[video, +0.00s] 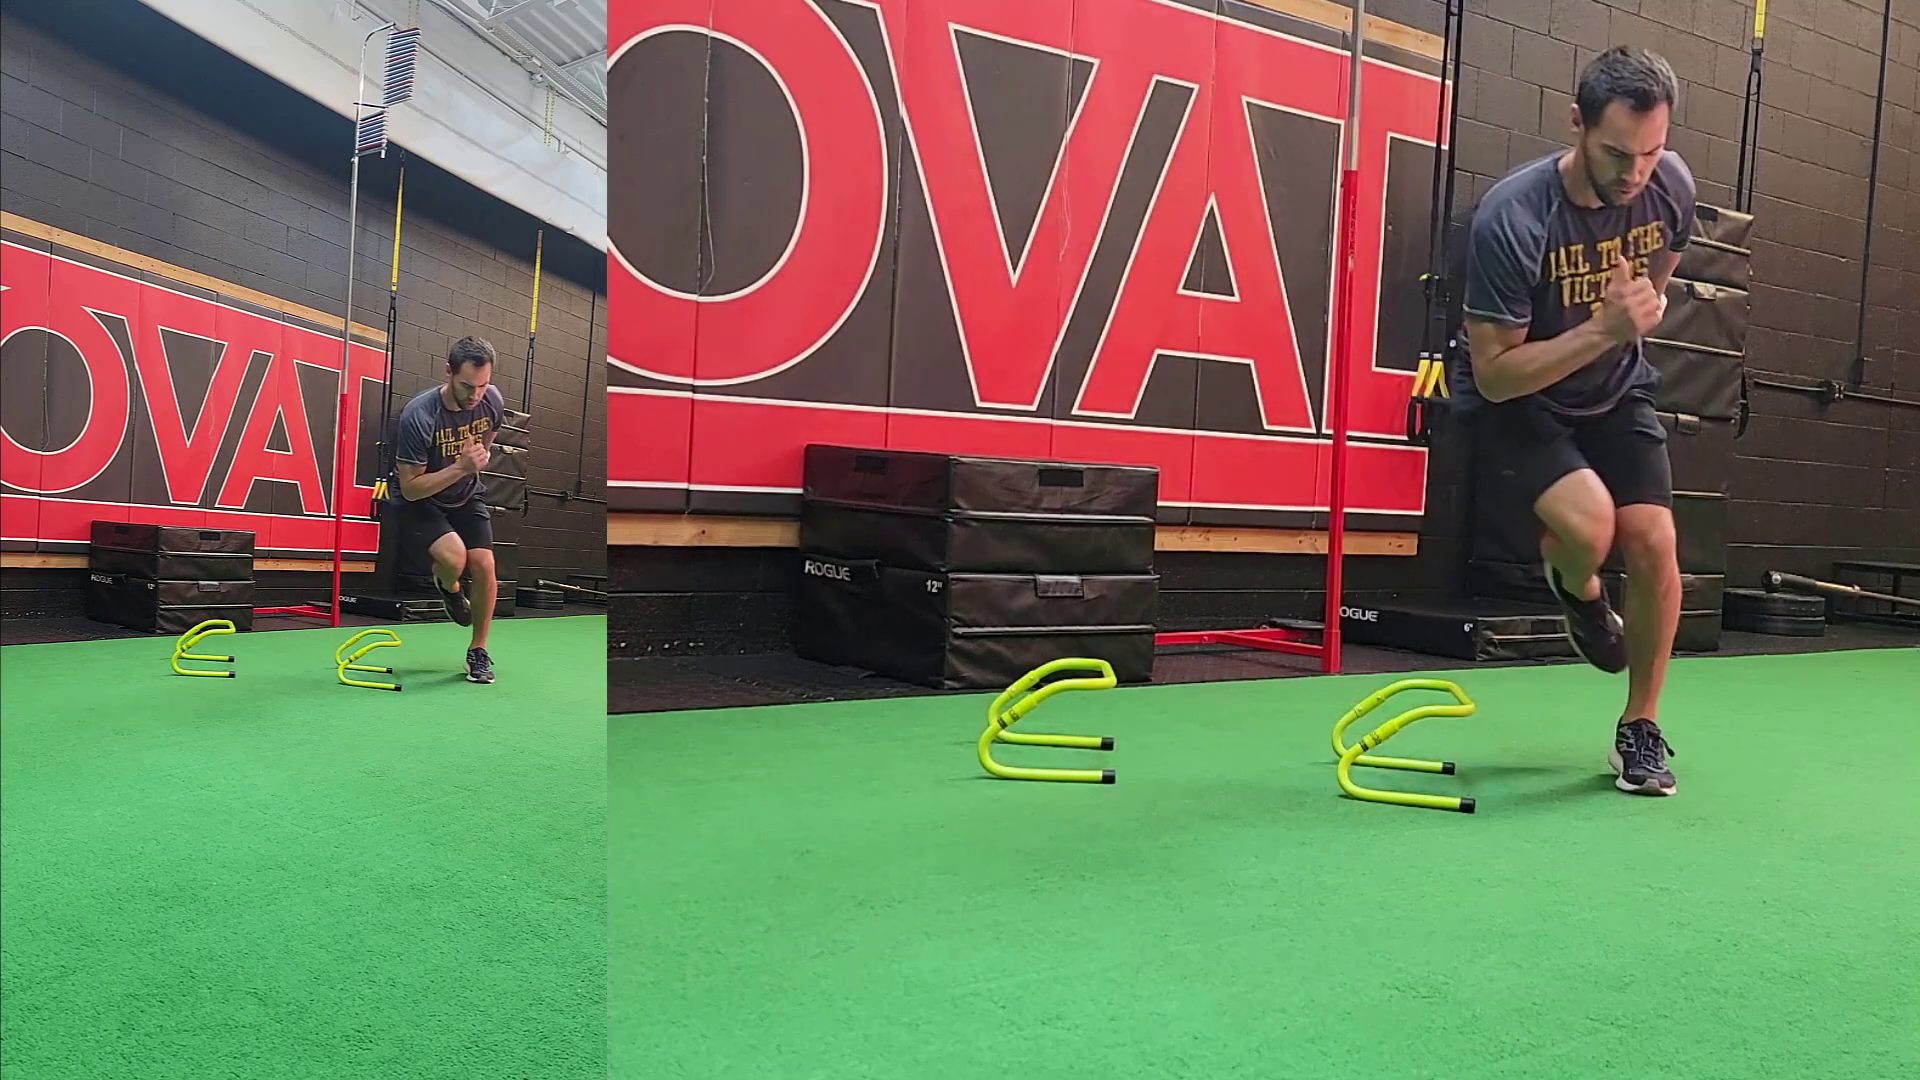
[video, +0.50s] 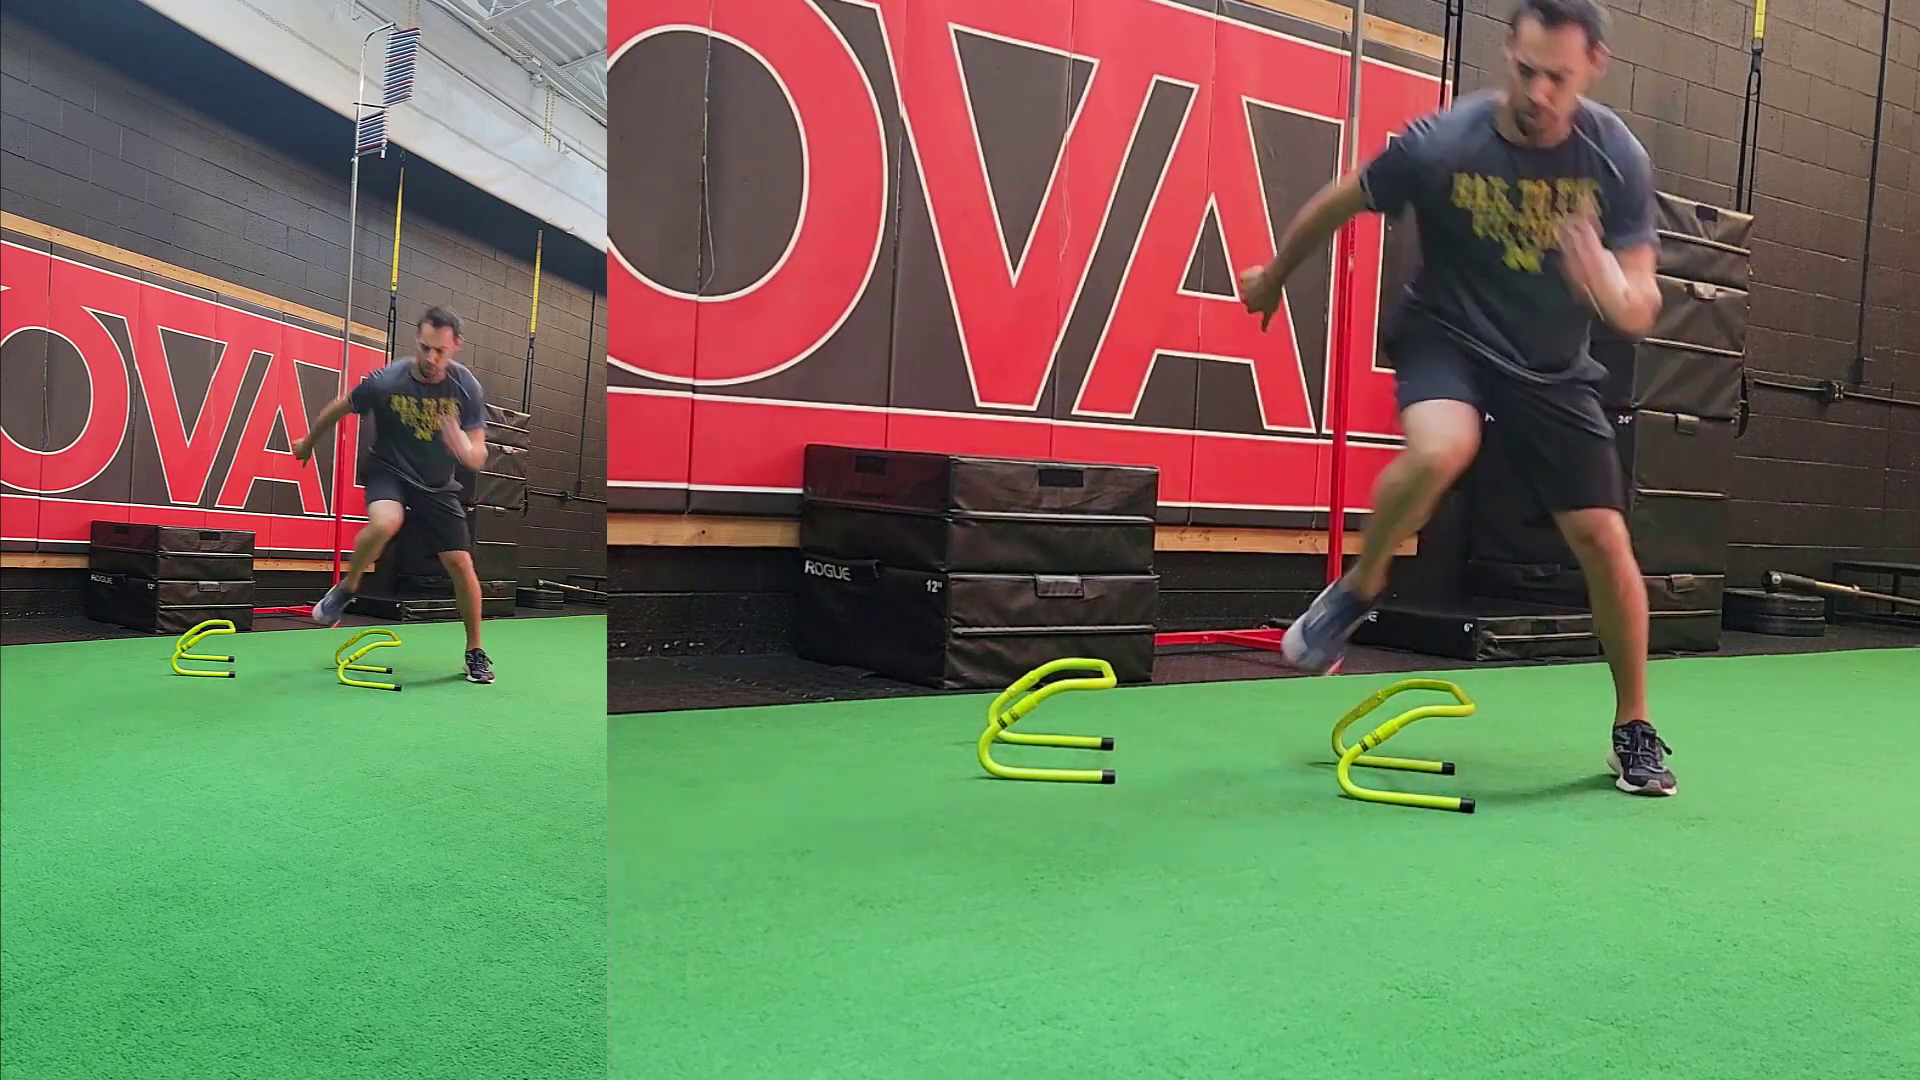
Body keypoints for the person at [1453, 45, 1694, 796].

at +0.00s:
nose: (1631, 174)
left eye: (1648, 155)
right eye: (1615, 154)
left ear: (1664, 136)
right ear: (1577, 125)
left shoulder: (1671, 190)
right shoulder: (1509, 218)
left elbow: (1655, 290)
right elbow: (1495, 376)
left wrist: (1632, 321)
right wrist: (1603, 330)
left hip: (1615, 387)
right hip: (1516, 399)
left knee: (1653, 542)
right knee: (1590, 525)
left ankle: (1640, 726)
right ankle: (1578, 593)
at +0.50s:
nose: (1536, 94)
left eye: (1556, 77)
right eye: (1525, 71)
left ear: (1594, 67)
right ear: (1507, 53)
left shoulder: (1617, 157)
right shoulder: (1440, 144)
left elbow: (1639, 308)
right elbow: (1335, 204)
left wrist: (1603, 283)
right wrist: (1271, 275)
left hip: (1555, 367)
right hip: (1447, 337)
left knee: (1603, 537)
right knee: (1442, 452)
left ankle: (1635, 726)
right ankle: (1358, 588)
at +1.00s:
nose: (1193, 12)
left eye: (1212, 2)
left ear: (1250, 1)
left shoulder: (1301, 87)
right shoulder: (1131, 61)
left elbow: (1359, 223)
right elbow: (1100, 174)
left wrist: (1365, 361)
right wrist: (1083, 231)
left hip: (1247, 314)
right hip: (1142, 287)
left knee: (1246, 511)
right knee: (1059, 384)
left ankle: (1282, 716)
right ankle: (1110, 460)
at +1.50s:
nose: (906, 122)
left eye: (925, 102)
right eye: (892, 100)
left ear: (967, 76)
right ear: (874, 79)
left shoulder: (1036, 166)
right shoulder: (870, 129)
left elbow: (979, 324)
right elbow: (912, 241)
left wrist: (897, 217)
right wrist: (891, 208)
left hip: (1032, 335)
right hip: (927, 321)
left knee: (971, 487)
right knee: (896, 490)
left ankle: (963, 507)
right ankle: (872, 690)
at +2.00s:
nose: (991, 83)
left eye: (1006, 62)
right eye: (972, 66)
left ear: (1029, 43)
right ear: (942, 51)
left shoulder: (1083, 139)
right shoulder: (899, 141)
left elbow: (1159, 258)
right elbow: (878, 266)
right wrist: (879, 347)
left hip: (1054, 346)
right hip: (943, 350)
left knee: (1058, 492)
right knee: (890, 506)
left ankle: (1128, 546)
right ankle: (845, 696)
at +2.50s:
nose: (1347, 22)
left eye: (1359, 7)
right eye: (1330, 6)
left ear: (1373, 5)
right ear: (1290, 2)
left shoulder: (1400, 83)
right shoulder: (1225, 90)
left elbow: (1413, 194)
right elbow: (1169, 231)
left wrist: (1419, 304)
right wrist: (1173, 353)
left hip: (1355, 311)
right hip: (1243, 312)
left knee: (1402, 465)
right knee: (1243, 511)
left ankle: (1342, 505)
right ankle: (1204, 714)